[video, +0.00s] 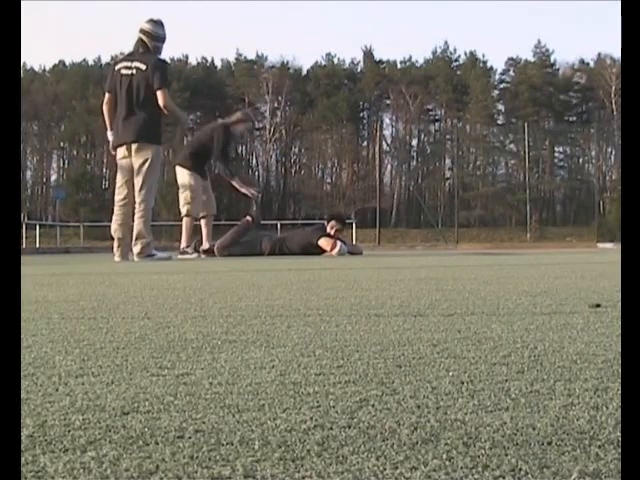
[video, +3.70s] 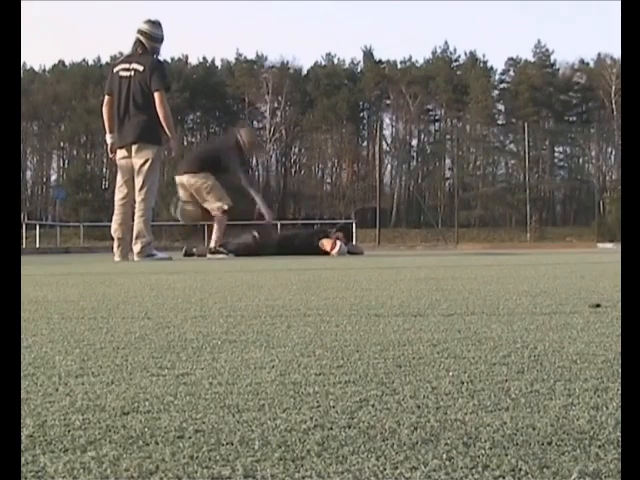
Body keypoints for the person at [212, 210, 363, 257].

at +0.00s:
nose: (335, 233)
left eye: (338, 231)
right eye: (334, 229)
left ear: (339, 230)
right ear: (327, 224)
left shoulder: (331, 236)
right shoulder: (318, 235)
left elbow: (358, 250)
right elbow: (337, 248)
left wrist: (342, 247)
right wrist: (342, 247)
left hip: (270, 242)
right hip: (266, 245)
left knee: (225, 247)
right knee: (220, 250)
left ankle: (203, 250)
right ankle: (247, 221)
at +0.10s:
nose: (335, 233)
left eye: (338, 231)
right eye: (333, 229)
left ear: (340, 231)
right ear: (327, 224)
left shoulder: (332, 237)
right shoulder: (317, 234)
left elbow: (358, 250)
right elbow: (337, 248)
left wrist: (341, 248)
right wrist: (342, 247)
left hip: (272, 242)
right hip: (267, 245)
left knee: (224, 247)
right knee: (220, 250)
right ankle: (247, 221)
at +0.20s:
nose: (335, 233)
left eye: (338, 231)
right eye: (333, 229)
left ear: (340, 231)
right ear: (327, 224)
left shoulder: (332, 237)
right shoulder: (318, 235)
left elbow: (358, 250)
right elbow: (338, 249)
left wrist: (341, 247)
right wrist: (343, 247)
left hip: (272, 243)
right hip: (268, 245)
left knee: (225, 248)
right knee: (220, 250)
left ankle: (254, 223)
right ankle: (251, 222)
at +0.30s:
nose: (334, 233)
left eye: (338, 231)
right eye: (333, 229)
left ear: (339, 231)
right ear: (327, 224)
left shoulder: (331, 237)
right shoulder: (318, 235)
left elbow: (358, 251)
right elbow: (337, 249)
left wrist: (342, 246)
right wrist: (341, 248)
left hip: (273, 242)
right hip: (268, 245)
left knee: (227, 248)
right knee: (220, 250)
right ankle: (252, 223)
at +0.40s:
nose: (335, 234)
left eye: (338, 231)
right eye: (333, 229)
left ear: (339, 230)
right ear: (327, 225)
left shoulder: (330, 237)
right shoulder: (319, 235)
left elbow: (357, 250)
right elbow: (335, 251)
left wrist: (343, 247)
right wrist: (343, 245)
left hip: (276, 243)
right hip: (274, 245)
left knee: (227, 248)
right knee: (223, 249)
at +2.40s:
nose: (337, 241)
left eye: (340, 240)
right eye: (338, 238)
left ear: (336, 239)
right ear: (333, 235)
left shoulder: (324, 241)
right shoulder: (319, 237)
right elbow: (333, 250)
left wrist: (345, 245)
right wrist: (347, 247)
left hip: (271, 240)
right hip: (269, 241)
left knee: (232, 247)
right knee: (231, 248)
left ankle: (198, 252)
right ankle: (197, 252)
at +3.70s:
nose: (336, 241)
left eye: (339, 240)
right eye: (337, 237)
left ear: (338, 240)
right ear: (334, 234)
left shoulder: (325, 241)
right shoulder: (322, 237)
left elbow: (354, 251)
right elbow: (328, 246)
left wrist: (346, 247)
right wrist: (336, 249)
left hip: (267, 244)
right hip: (266, 243)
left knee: (229, 248)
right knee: (229, 248)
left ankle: (195, 252)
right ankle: (195, 251)